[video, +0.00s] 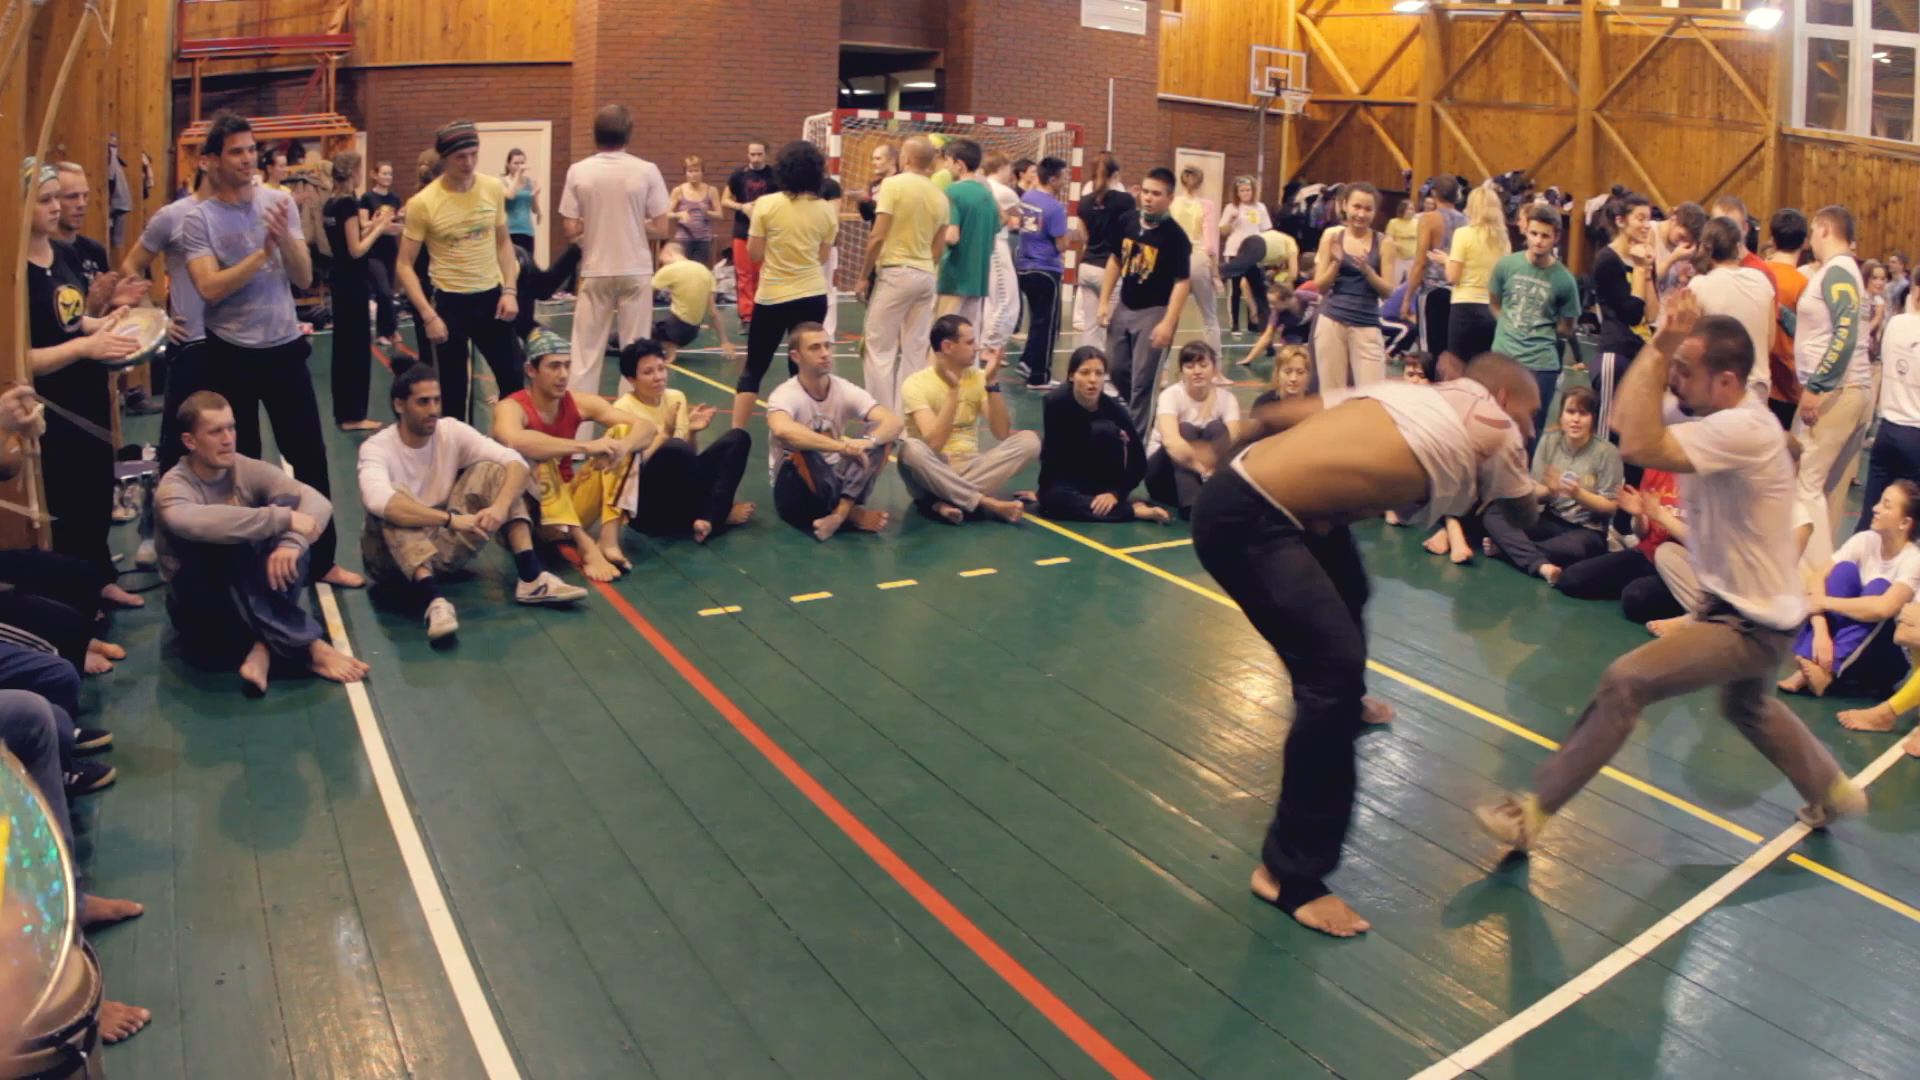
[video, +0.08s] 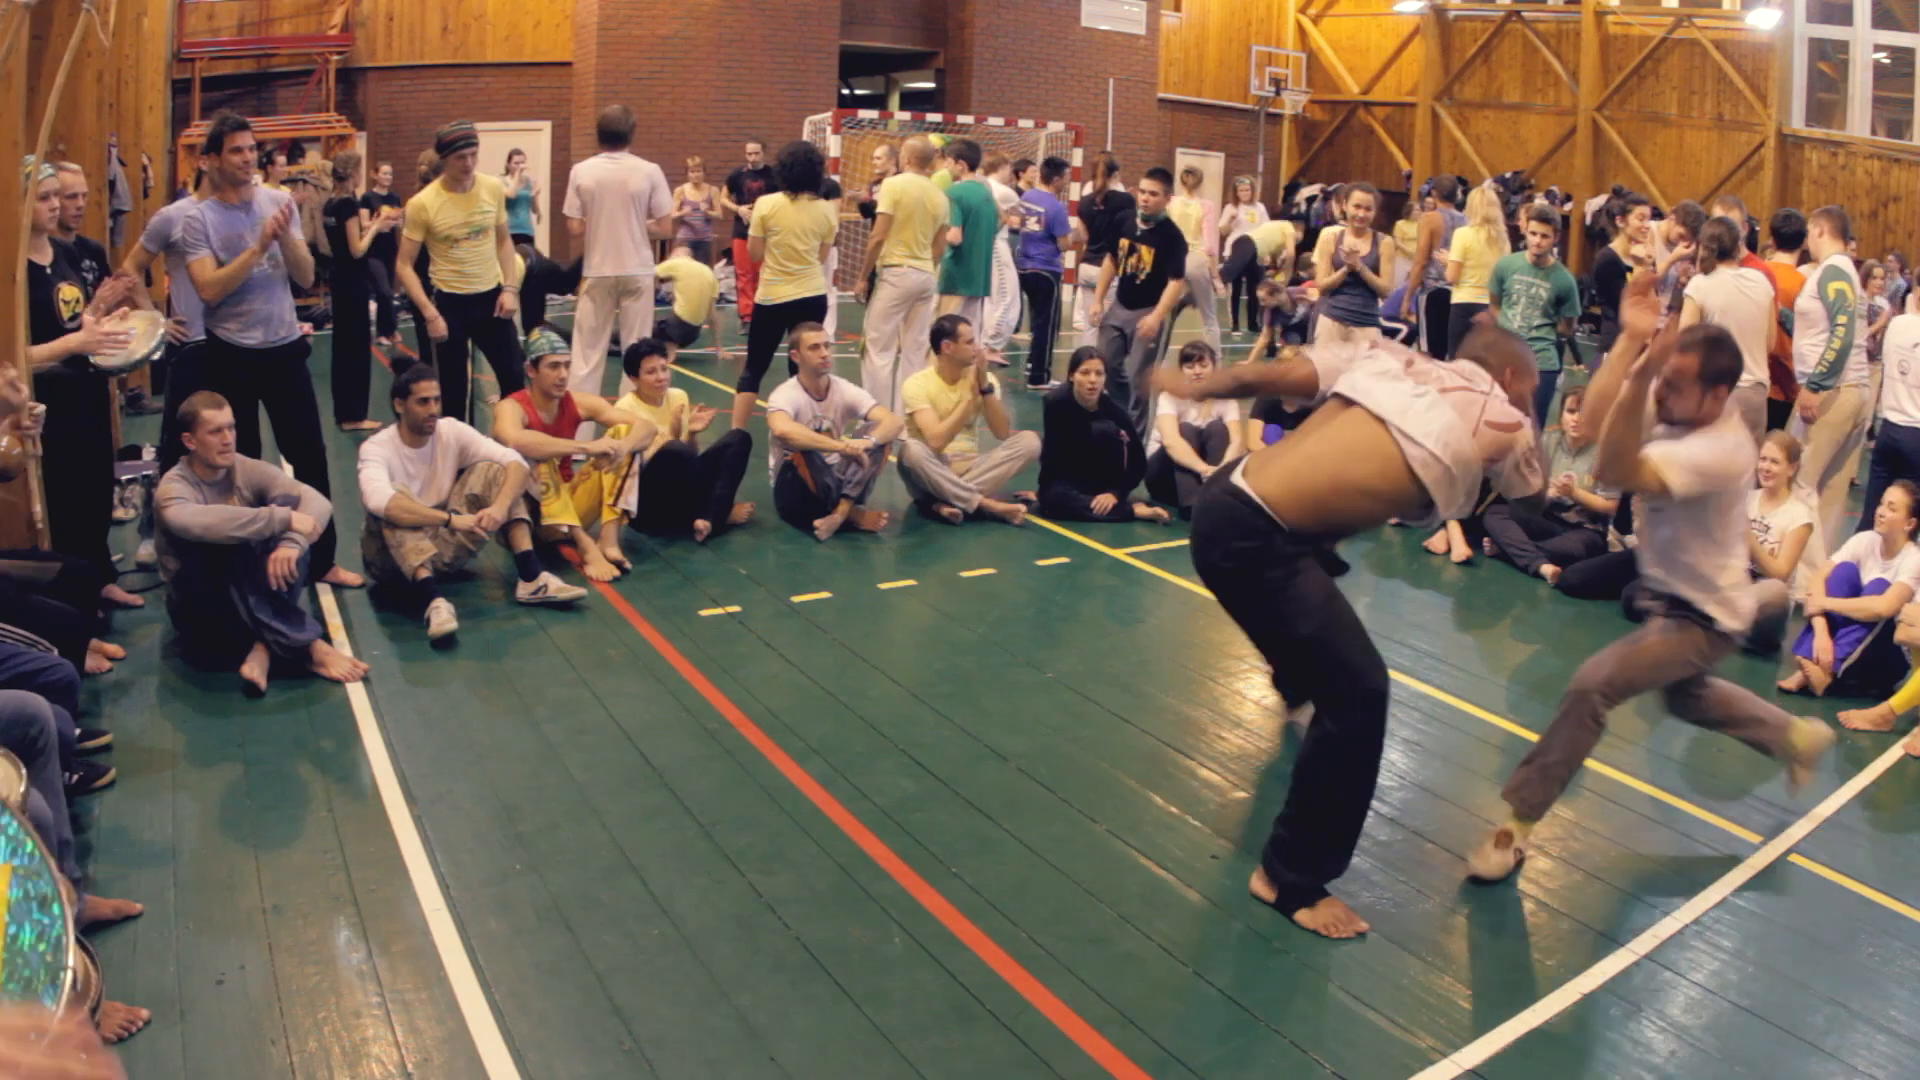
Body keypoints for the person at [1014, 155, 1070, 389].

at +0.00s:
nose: (1065, 182)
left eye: (1065, 177)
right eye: (1063, 177)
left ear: (1042, 177)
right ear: (1053, 178)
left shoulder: (1026, 197)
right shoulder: (1054, 207)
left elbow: (1020, 227)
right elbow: (1061, 243)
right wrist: (1075, 235)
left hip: (1024, 264)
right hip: (1045, 268)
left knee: (1038, 318)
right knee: (1046, 322)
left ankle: (1029, 360)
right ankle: (1039, 376)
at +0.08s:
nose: (1066, 182)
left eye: (1066, 178)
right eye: (1065, 178)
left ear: (1043, 176)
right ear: (1057, 179)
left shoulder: (1026, 197)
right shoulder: (1054, 207)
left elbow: (1019, 227)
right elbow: (1063, 243)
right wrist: (1075, 237)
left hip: (1024, 264)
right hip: (1045, 268)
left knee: (1040, 319)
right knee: (1045, 323)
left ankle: (1034, 365)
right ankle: (1039, 375)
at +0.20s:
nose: (1069, 185)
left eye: (1068, 180)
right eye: (1068, 180)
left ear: (1043, 176)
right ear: (1062, 181)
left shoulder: (1027, 197)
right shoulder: (1054, 207)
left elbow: (1020, 227)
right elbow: (1063, 244)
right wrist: (1077, 238)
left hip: (1024, 264)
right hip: (1045, 268)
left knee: (1044, 321)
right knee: (1046, 324)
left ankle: (1050, 367)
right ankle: (1039, 375)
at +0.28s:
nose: (1070, 185)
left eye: (1070, 181)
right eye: (1070, 181)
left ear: (1046, 176)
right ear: (1064, 182)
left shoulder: (1028, 196)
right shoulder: (1056, 207)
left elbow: (1019, 226)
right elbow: (1062, 246)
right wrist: (1076, 241)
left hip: (1024, 265)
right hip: (1045, 269)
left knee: (1041, 320)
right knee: (1046, 324)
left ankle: (1048, 367)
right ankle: (1039, 375)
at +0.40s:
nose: (1070, 185)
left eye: (1070, 181)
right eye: (1070, 181)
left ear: (1046, 176)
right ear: (1065, 182)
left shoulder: (1028, 197)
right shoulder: (1058, 209)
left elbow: (1019, 227)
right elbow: (1063, 246)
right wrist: (1075, 236)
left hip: (1023, 265)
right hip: (1045, 269)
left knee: (1039, 320)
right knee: (1045, 323)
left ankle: (1039, 369)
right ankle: (1039, 375)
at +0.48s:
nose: (1070, 184)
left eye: (1070, 180)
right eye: (1070, 180)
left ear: (1046, 175)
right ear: (1065, 181)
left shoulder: (1029, 196)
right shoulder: (1057, 207)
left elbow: (1020, 227)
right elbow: (1062, 245)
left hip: (1023, 265)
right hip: (1044, 269)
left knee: (1036, 318)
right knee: (1043, 322)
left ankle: (1032, 365)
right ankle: (1038, 374)